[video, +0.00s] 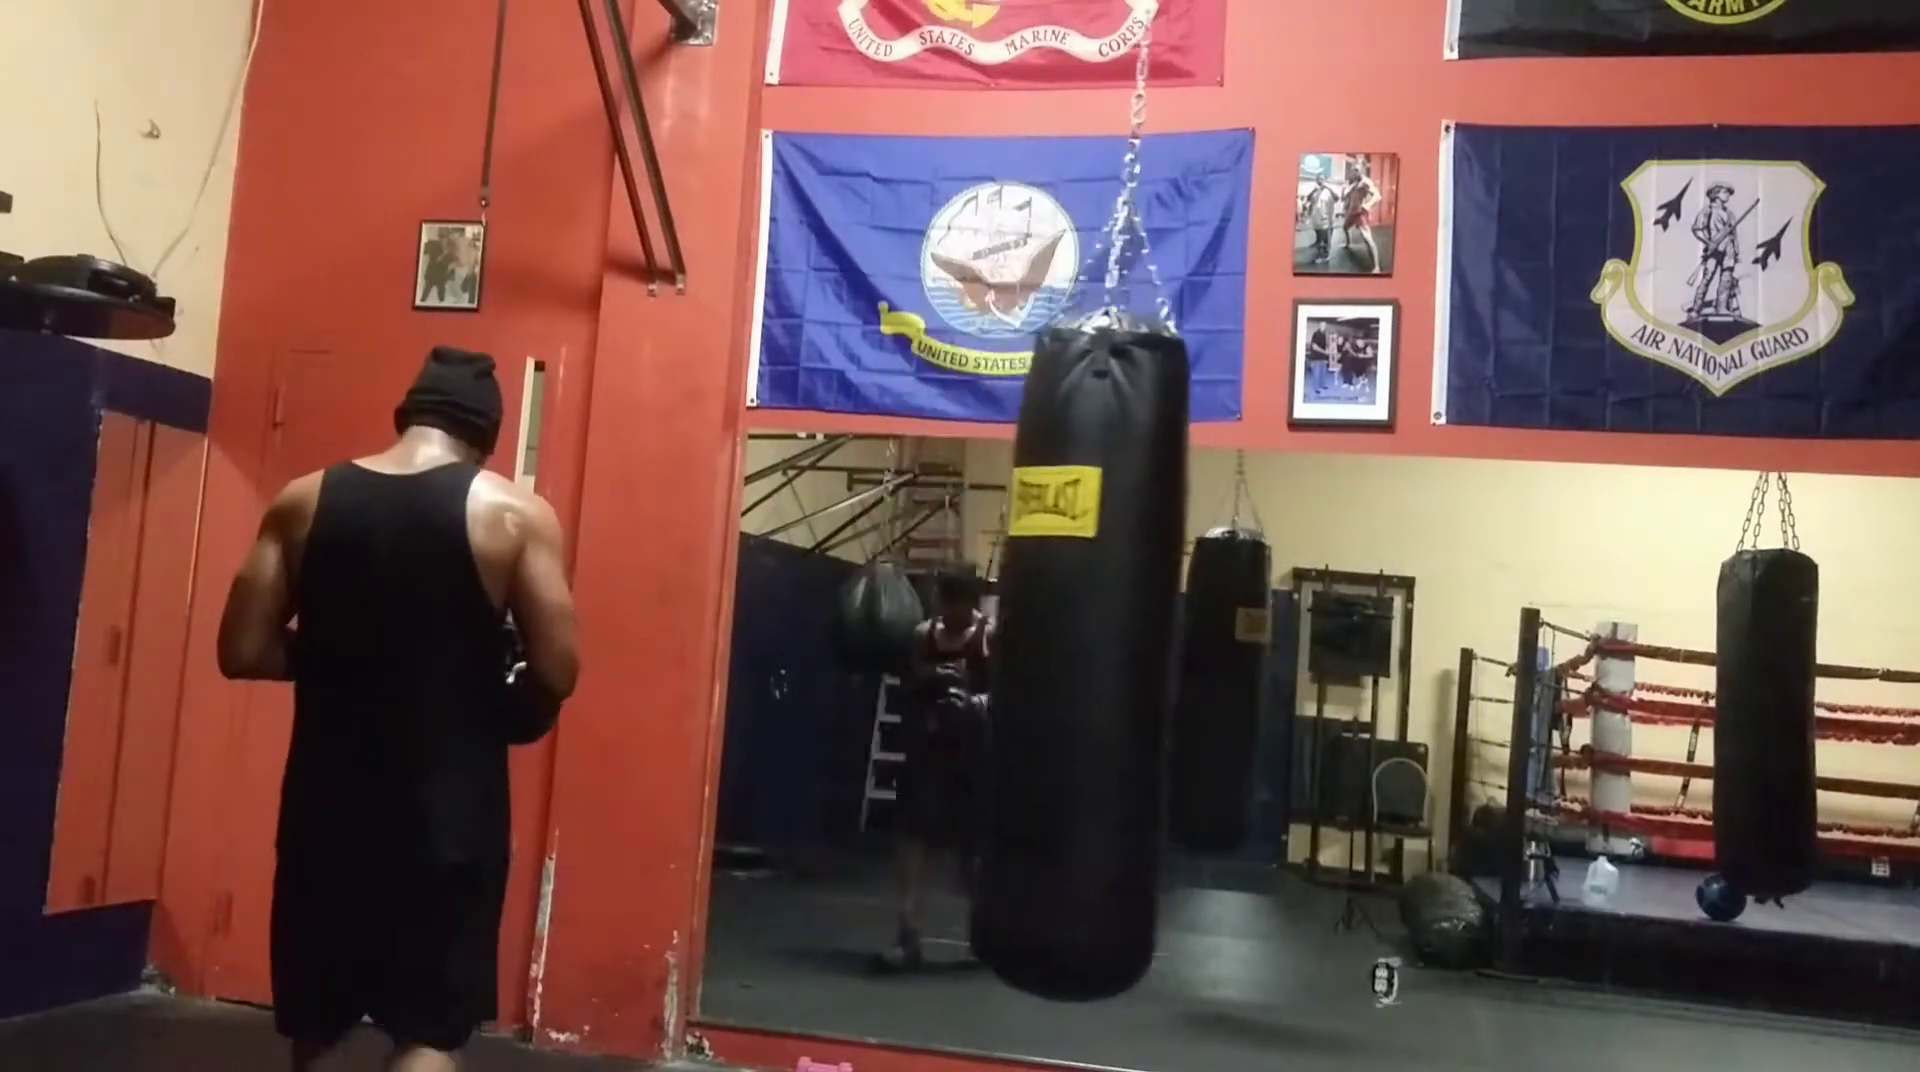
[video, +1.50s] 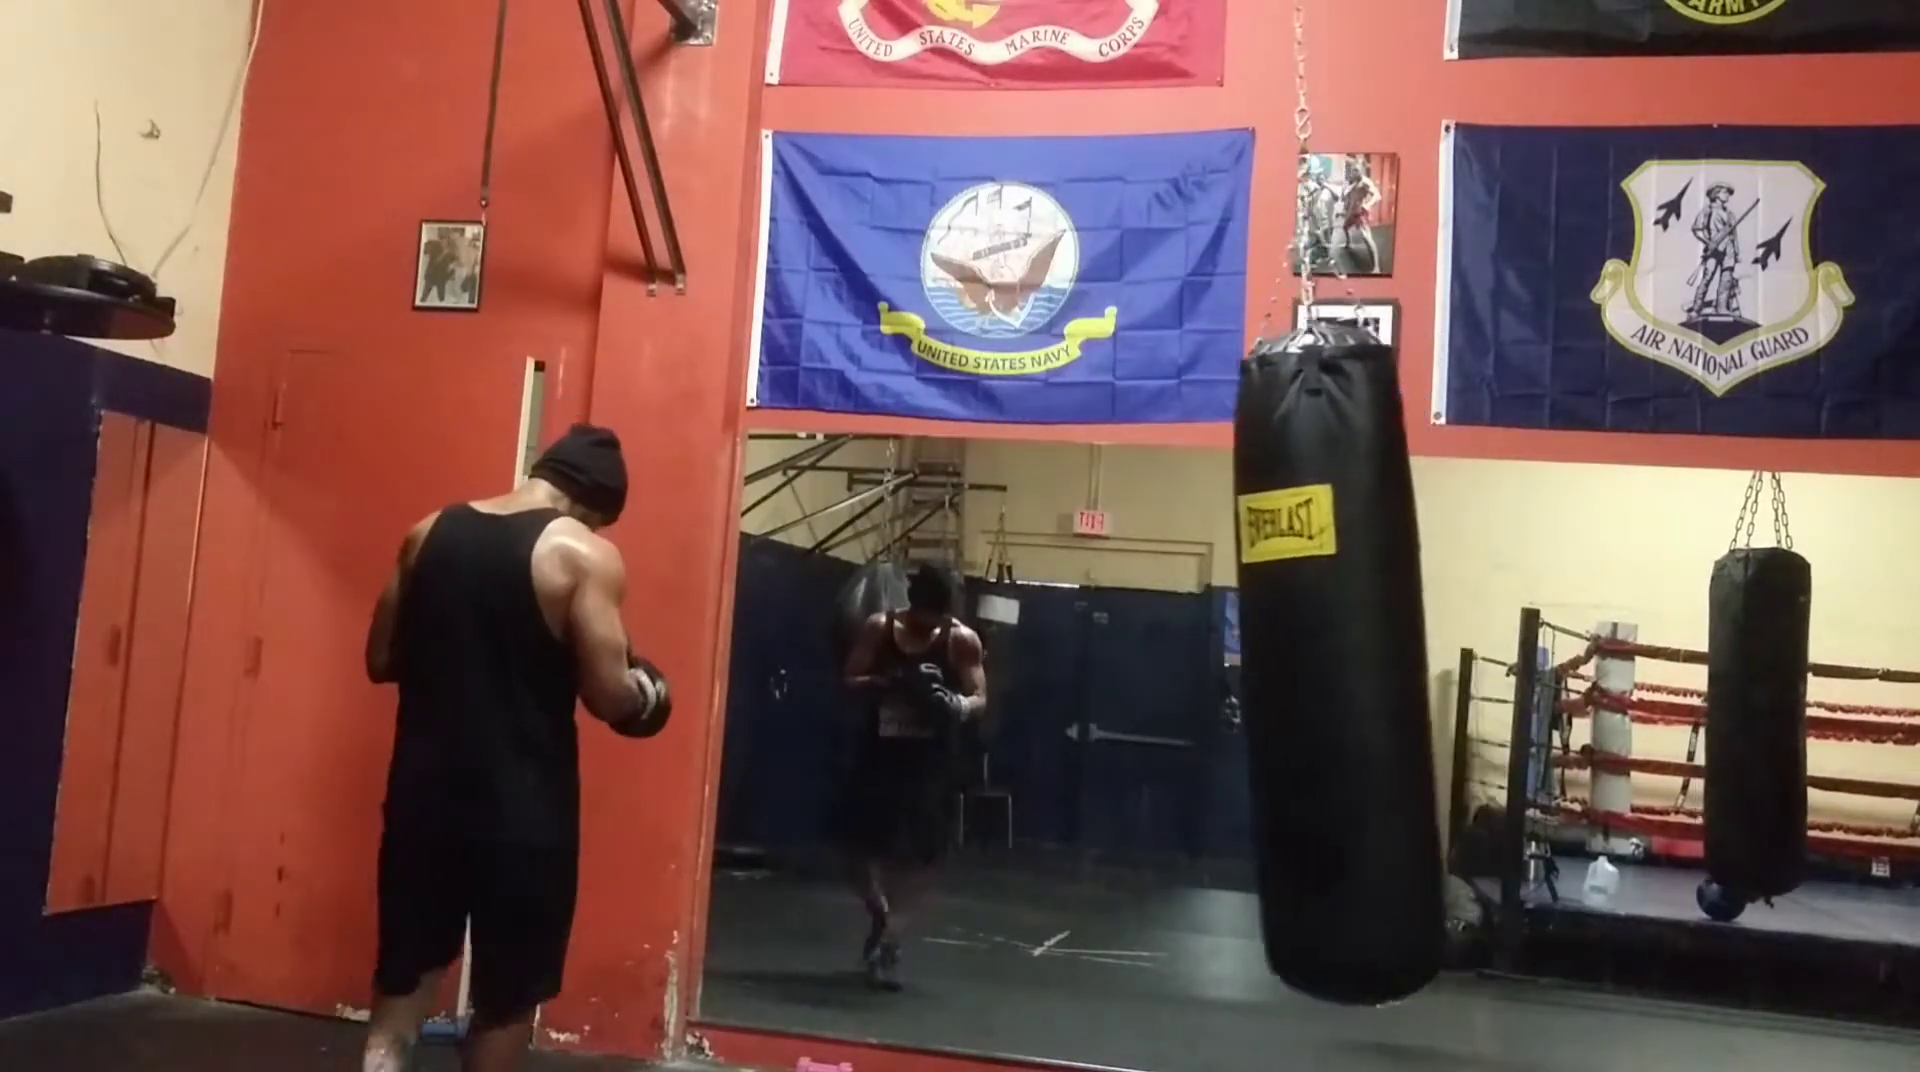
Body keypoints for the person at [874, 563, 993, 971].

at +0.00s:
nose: (955, 609)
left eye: (963, 601)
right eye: (949, 601)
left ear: (975, 603)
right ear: (939, 601)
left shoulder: (987, 637)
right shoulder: (924, 635)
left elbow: (993, 690)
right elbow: (911, 686)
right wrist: (936, 679)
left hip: (974, 749)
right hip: (926, 746)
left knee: (975, 844)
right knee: (913, 839)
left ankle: (983, 931)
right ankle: (908, 932)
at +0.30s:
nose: (932, 627)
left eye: (940, 620)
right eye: (926, 619)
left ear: (953, 611)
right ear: (915, 610)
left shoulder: (974, 636)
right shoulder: (898, 634)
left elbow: (995, 690)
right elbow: (876, 682)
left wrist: (964, 701)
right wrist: (904, 688)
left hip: (949, 755)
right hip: (903, 753)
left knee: (938, 845)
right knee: (899, 843)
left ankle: (939, 924)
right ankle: (907, 938)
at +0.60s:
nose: (922, 626)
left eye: (930, 619)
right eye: (916, 617)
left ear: (945, 610)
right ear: (907, 604)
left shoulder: (963, 632)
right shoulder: (885, 627)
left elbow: (984, 686)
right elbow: (860, 678)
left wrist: (960, 691)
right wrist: (900, 672)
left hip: (934, 744)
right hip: (889, 743)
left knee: (917, 839)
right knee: (890, 838)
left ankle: (902, 936)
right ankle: (902, 932)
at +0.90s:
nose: (919, 629)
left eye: (928, 622)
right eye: (913, 620)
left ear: (943, 612)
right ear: (903, 606)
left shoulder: (961, 637)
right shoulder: (882, 628)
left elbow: (981, 692)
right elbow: (855, 679)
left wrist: (953, 699)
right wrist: (894, 674)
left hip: (932, 750)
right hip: (885, 747)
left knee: (915, 844)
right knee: (875, 844)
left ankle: (895, 944)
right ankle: (902, 936)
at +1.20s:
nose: (919, 624)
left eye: (928, 617)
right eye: (913, 615)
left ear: (944, 606)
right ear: (904, 599)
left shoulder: (961, 631)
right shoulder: (879, 619)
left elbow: (978, 689)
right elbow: (854, 672)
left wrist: (953, 695)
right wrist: (886, 674)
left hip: (930, 746)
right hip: (881, 742)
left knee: (921, 842)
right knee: (873, 838)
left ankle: (900, 937)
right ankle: (900, 932)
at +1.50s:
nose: (926, 629)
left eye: (934, 623)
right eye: (920, 621)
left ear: (947, 613)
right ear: (908, 606)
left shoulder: (962, 640)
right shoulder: (879, 627)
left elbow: (978, 699)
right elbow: (851, 682)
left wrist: (954, 702)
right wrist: (890, 681)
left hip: (931, 759)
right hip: (879, 754)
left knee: (920, 858)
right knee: (861, 843)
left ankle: (887, 946)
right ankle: (882, 920)